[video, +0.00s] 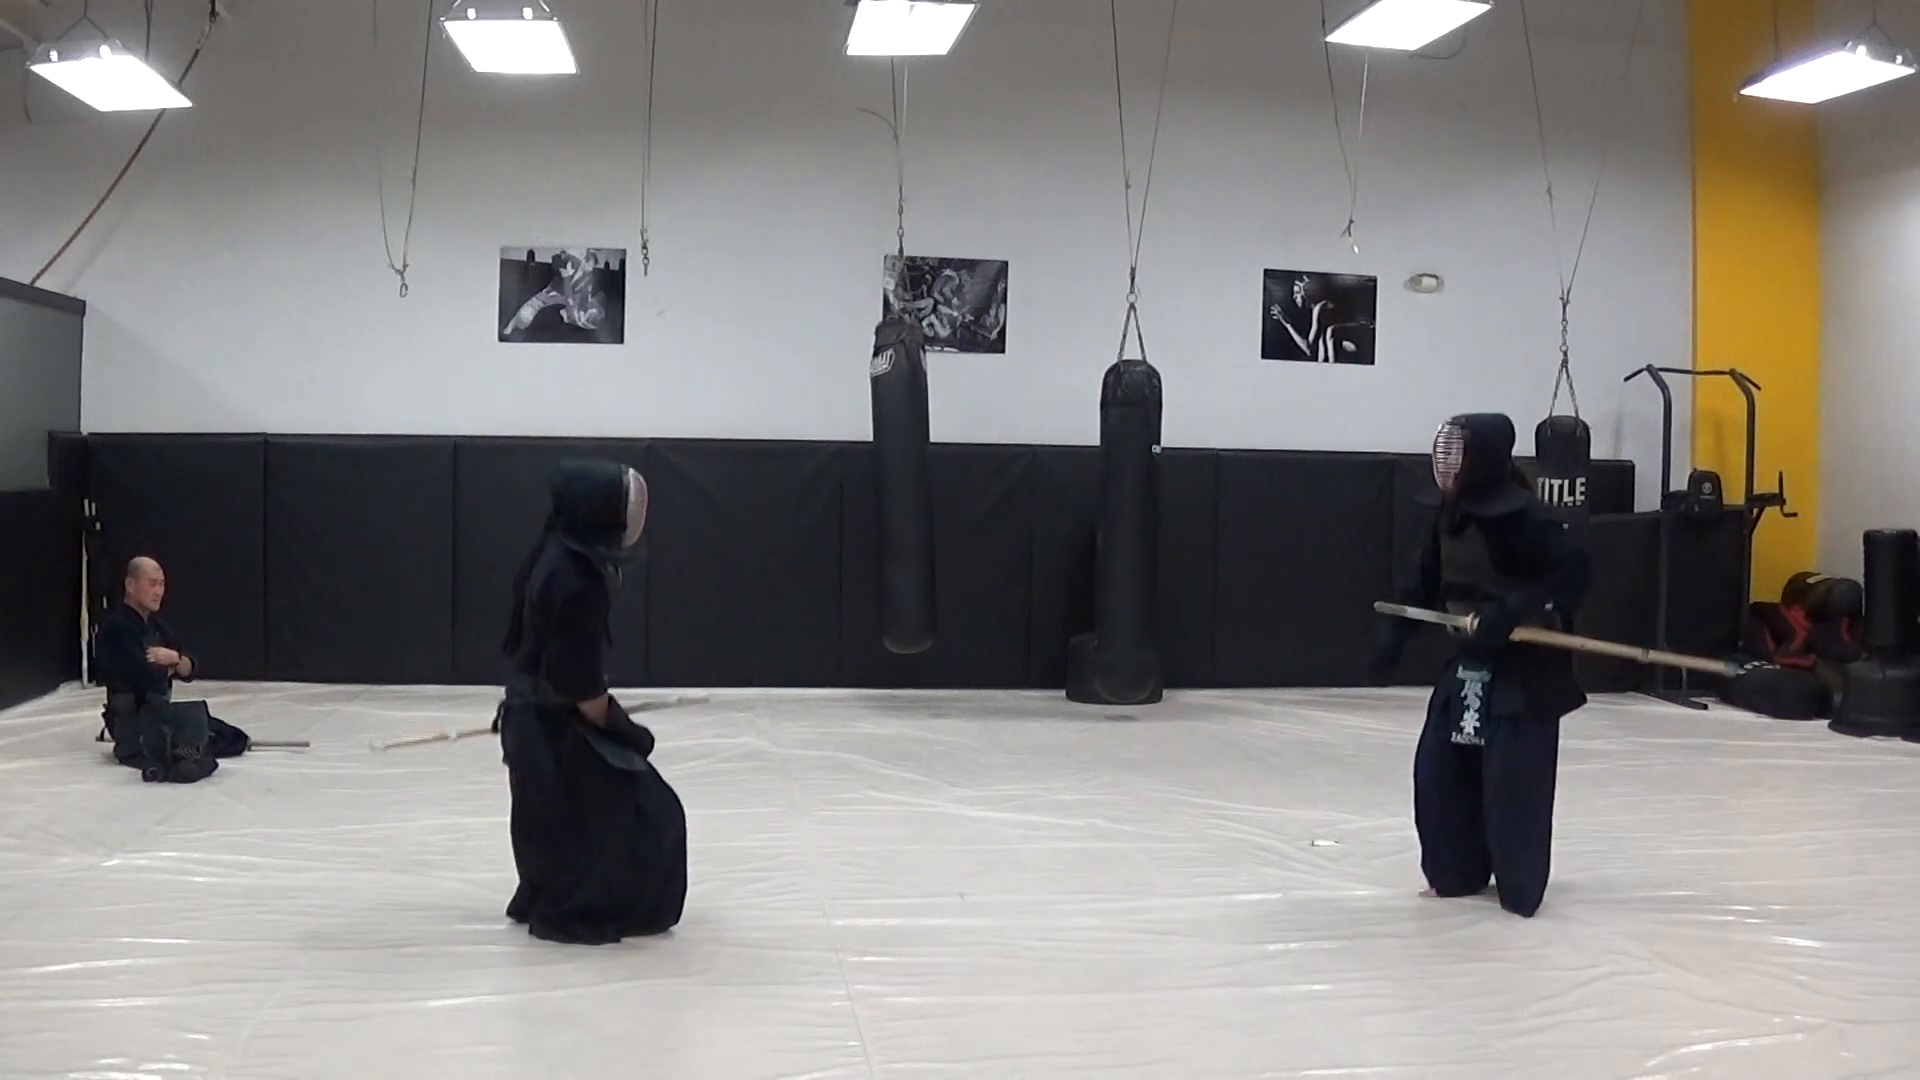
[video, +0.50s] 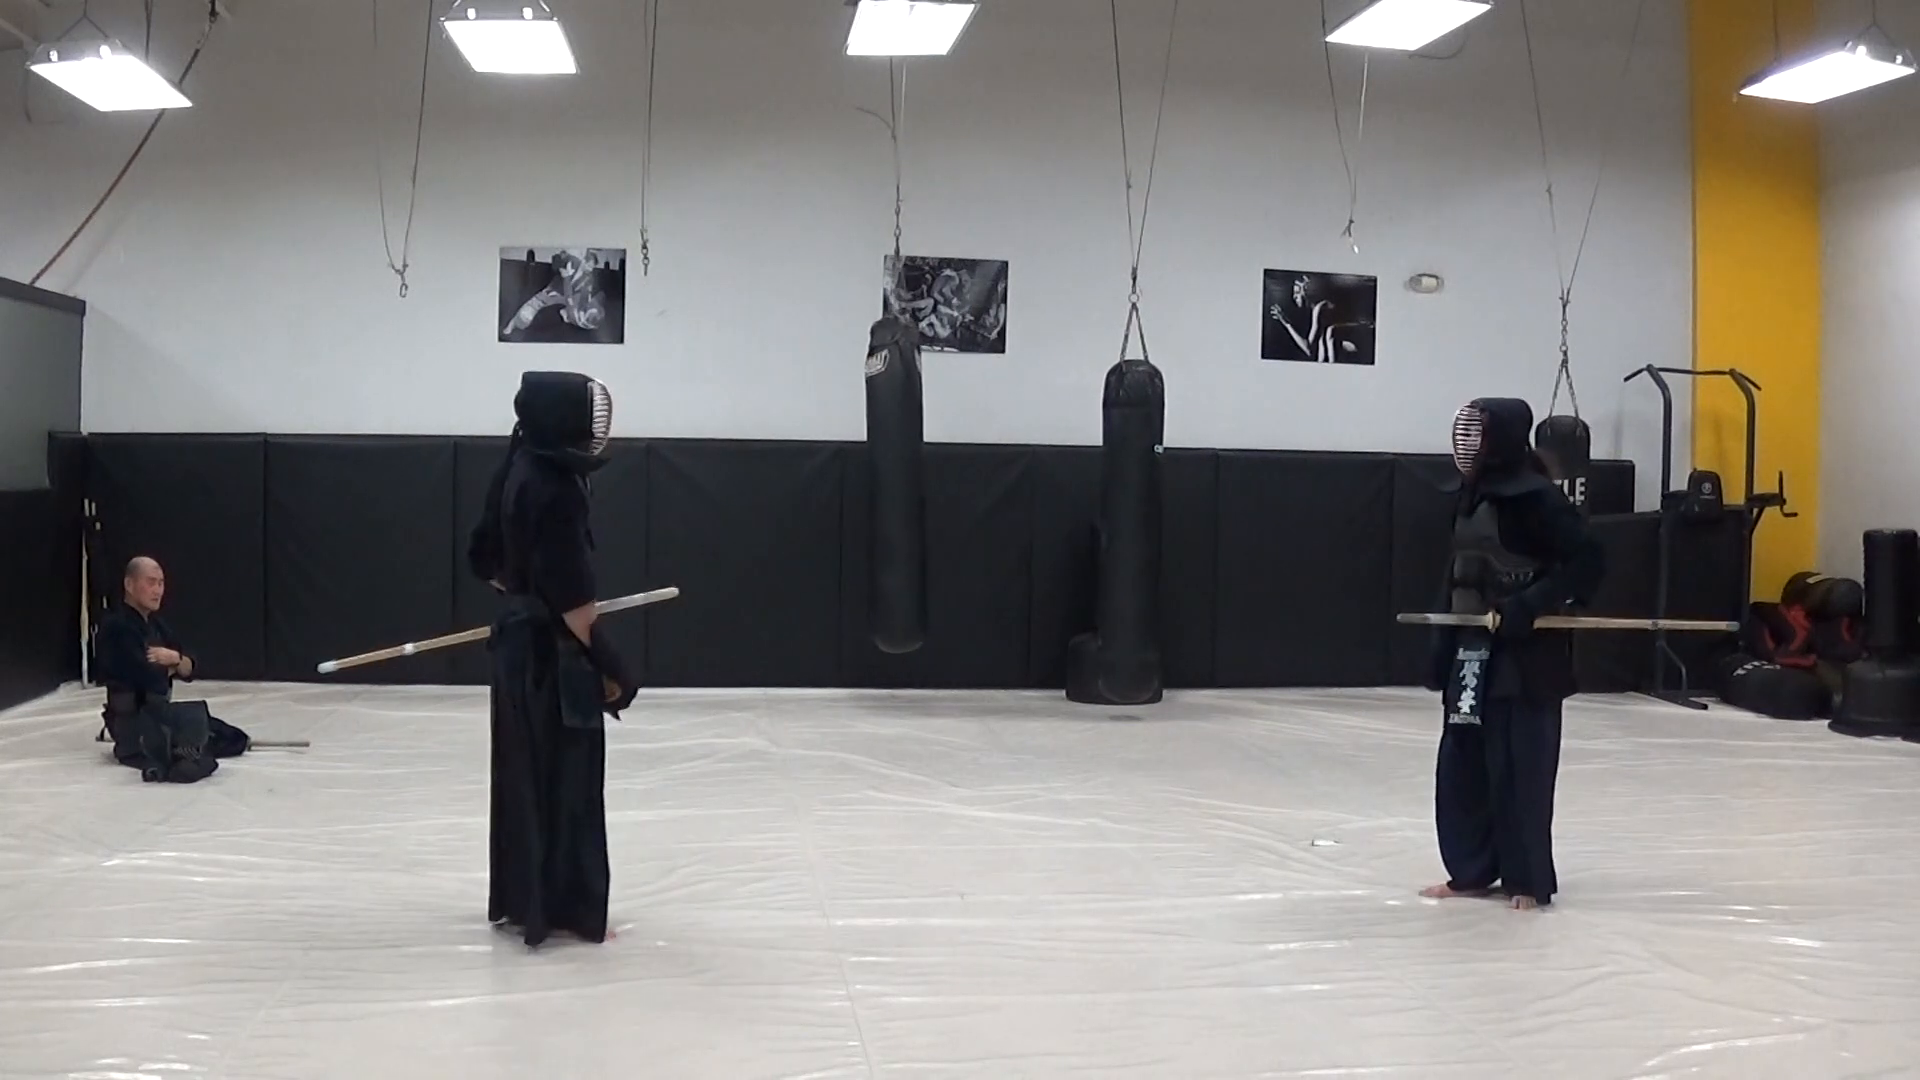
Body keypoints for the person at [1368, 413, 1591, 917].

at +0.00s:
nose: (1443, 465)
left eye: (1453, 455)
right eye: (1441, 454)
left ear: (1483, 459)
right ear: (1439, 457)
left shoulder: (1522, 516)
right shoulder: (1448, 516)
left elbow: (1572, 575)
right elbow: (1427, 587)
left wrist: (1506, 614)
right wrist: (1393, 640)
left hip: (1523, 666)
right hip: (1465, 663)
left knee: (1514, 778)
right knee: (1440, 768)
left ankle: (1521, 888)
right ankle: (1457, 875)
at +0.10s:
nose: (1448, 452)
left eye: (1458, 441)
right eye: (1445, 441)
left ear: (1487, 445)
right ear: (1443, 443)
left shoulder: (1524, 503)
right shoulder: (1453, 505)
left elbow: (1575, 560)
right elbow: (1441, 587)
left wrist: (1515, 601)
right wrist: (1426, 654)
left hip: (1521, 660)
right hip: (1462, 658)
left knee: (1520, 771)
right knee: (1454, 769)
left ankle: (1528, 882)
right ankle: (1466, 874)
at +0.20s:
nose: (1451, 445)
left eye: (1461, 434)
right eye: (1447, 434)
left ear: (1490, 439)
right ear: (1444, 438)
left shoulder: (1523, 496)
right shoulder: (1457, 499)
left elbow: (1576, 552)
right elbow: (1458, 577)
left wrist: (1516, 600)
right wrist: (1448, 642)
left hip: (1517, 655)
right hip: (1464, 653)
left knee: (1520, 768)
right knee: (1458, 766)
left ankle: (1533, 883)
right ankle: (1467, 875)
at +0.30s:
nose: (1454, 445)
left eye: (1464, 435)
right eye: (1451, 434)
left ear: (1493, 438)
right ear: (1449, 437)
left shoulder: (1527, 496)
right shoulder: (1462, 498)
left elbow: (1579, 559)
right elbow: (1460, 572)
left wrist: (1516, 603)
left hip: (1520, 654)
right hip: (1467, 652)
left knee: (1519, 768)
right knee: (1459, 763)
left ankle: (1534, 883)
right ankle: (1471, 872)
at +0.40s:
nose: (1457, 446)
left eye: (1467, 436)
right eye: (1454, 435)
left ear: (1495, 439)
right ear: (1451, 438)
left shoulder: (1530, 497)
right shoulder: (1463, 498)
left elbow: (1581, 558)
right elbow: (1460, 575)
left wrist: (1519, 605)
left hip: (1523, 656)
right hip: (1469, 654)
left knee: (1521, 770)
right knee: (1462, 765)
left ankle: (1532, 881)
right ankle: (1473, 872)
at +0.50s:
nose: (1464, 449)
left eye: (1473, 439)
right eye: (1461, 438)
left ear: (1500, 441)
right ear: (1462, 440)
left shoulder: (1535, 497)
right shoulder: (1469, 499)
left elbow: (1586, 560)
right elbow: (1459, 580)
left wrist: (1527, 604)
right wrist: (1445, 652)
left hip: (1526, 655)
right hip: (1472, 654)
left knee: (1522, 768)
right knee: (1464, 764)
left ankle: (1528, 881)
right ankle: (1474, 872)